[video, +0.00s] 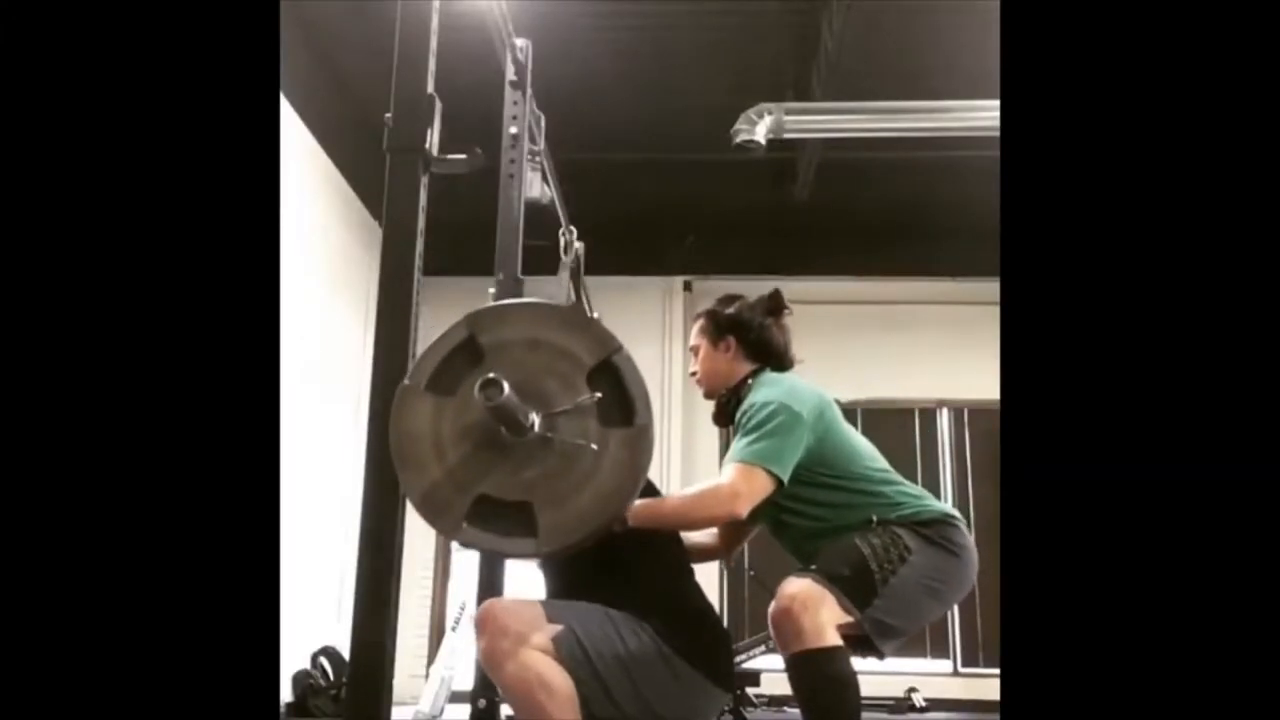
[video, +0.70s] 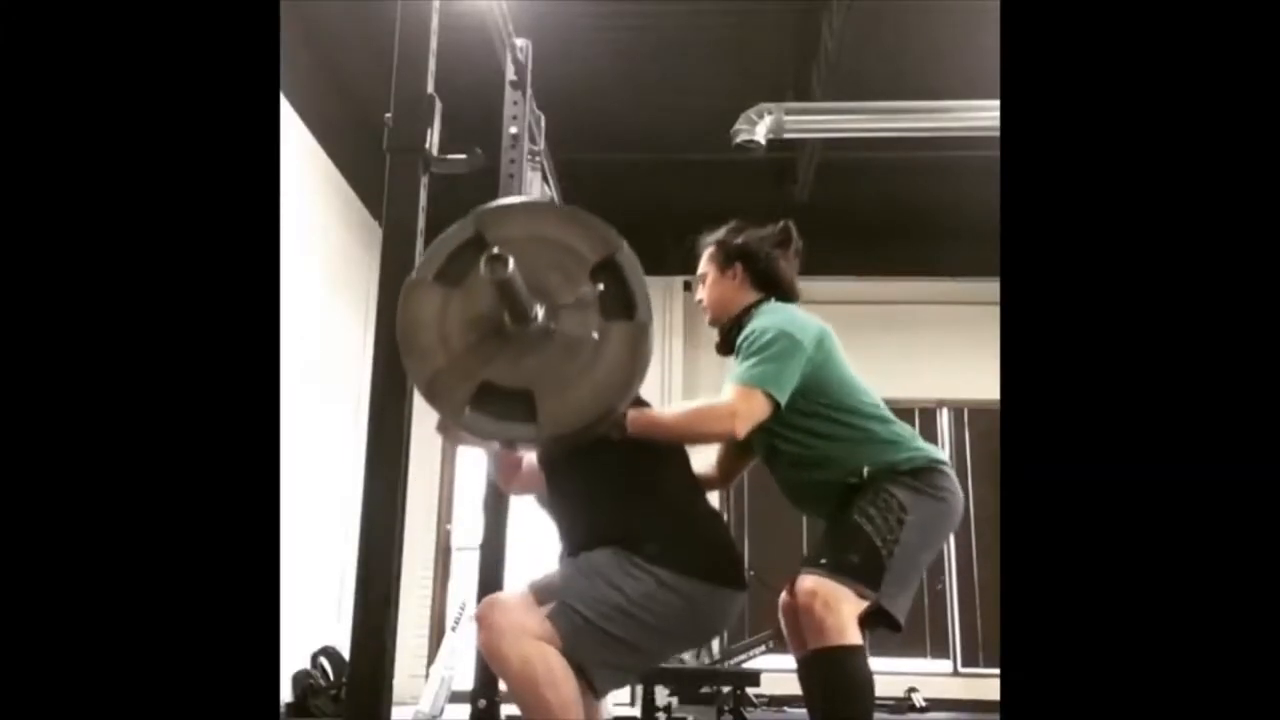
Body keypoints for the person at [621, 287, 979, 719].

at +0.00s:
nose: (691, 368)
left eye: (697, 351)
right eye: (691, 354)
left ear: (730, 347)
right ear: (733, 350)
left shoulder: (780, 398)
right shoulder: (757, 417)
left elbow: (735, 497)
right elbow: (719, 542)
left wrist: (625, 512)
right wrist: (640, 546)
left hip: (926, 540)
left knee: (799, 608)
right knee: (794, 617)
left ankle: (838, 715)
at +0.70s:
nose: (696, 295)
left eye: (702, 279)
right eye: (697, 283)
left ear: (738, 274)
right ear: (736, 277)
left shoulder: (781, 326)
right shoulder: (761, 350)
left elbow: (735, 416)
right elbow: (719, 474)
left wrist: (622, 420)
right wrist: (643, 477)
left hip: (911, 483)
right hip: (867, 495)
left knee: (821, 601)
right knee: (795, 608)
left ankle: (851, 716)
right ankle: (832, 717)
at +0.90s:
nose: (704, 269)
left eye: (711, 251)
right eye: (706, 254)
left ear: (748, 247)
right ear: (750, 251)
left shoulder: (783, 300)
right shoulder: (759, 327)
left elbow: (737, 389)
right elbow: (719, 450)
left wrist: (623, 387)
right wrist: (638, 450)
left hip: (902, 467)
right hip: (856, 482)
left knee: (828, 599)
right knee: (801, 605)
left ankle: (855, 717)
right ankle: (835, 718)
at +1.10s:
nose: (711, 242)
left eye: (720, 226)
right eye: (712, 229)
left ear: (756, 223)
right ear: (753, 227)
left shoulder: (786, 276)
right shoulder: (762, 304)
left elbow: (736, 363)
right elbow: (720, 425)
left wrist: (630, 358)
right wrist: (644, 429)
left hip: (888, 454)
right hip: (841, 470)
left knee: (832, 601)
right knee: (808, 605)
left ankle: (857, 717)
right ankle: (835, 718)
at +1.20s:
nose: (716, 230)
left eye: (725, 214)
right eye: (719, 217)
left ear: (761, 212)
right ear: (757, 216)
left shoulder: (790, 266)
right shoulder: (764, 294)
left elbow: (737, 350)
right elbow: (720, 414)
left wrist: (625, 342)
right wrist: (640, 416)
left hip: (883, 452)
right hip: (840, 465)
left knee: (833, 603)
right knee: (809, 606)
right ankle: (836, 717)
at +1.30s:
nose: (725, 216)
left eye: (733, 201)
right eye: (727, 203)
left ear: (770, 202)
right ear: (773, 207)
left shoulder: (797, 256)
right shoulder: (768, 287)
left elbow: (741, 334)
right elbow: (719, 403)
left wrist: (631, 323)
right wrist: (637, 397)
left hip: (873, 447)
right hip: (837, 459)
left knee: (833, 609)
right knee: (814, 613)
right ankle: (837, 716)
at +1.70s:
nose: (749, 199)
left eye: (758, 184)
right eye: (750, 186)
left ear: (794, 183)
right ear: (793, 187)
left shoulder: (818, 239)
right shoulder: (783, 272)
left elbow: (745, 302)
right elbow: (723, 372)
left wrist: (634, 268)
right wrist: (632, 354)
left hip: (855, 443)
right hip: (820, 453)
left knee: (831, 611)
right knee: (825, 615)